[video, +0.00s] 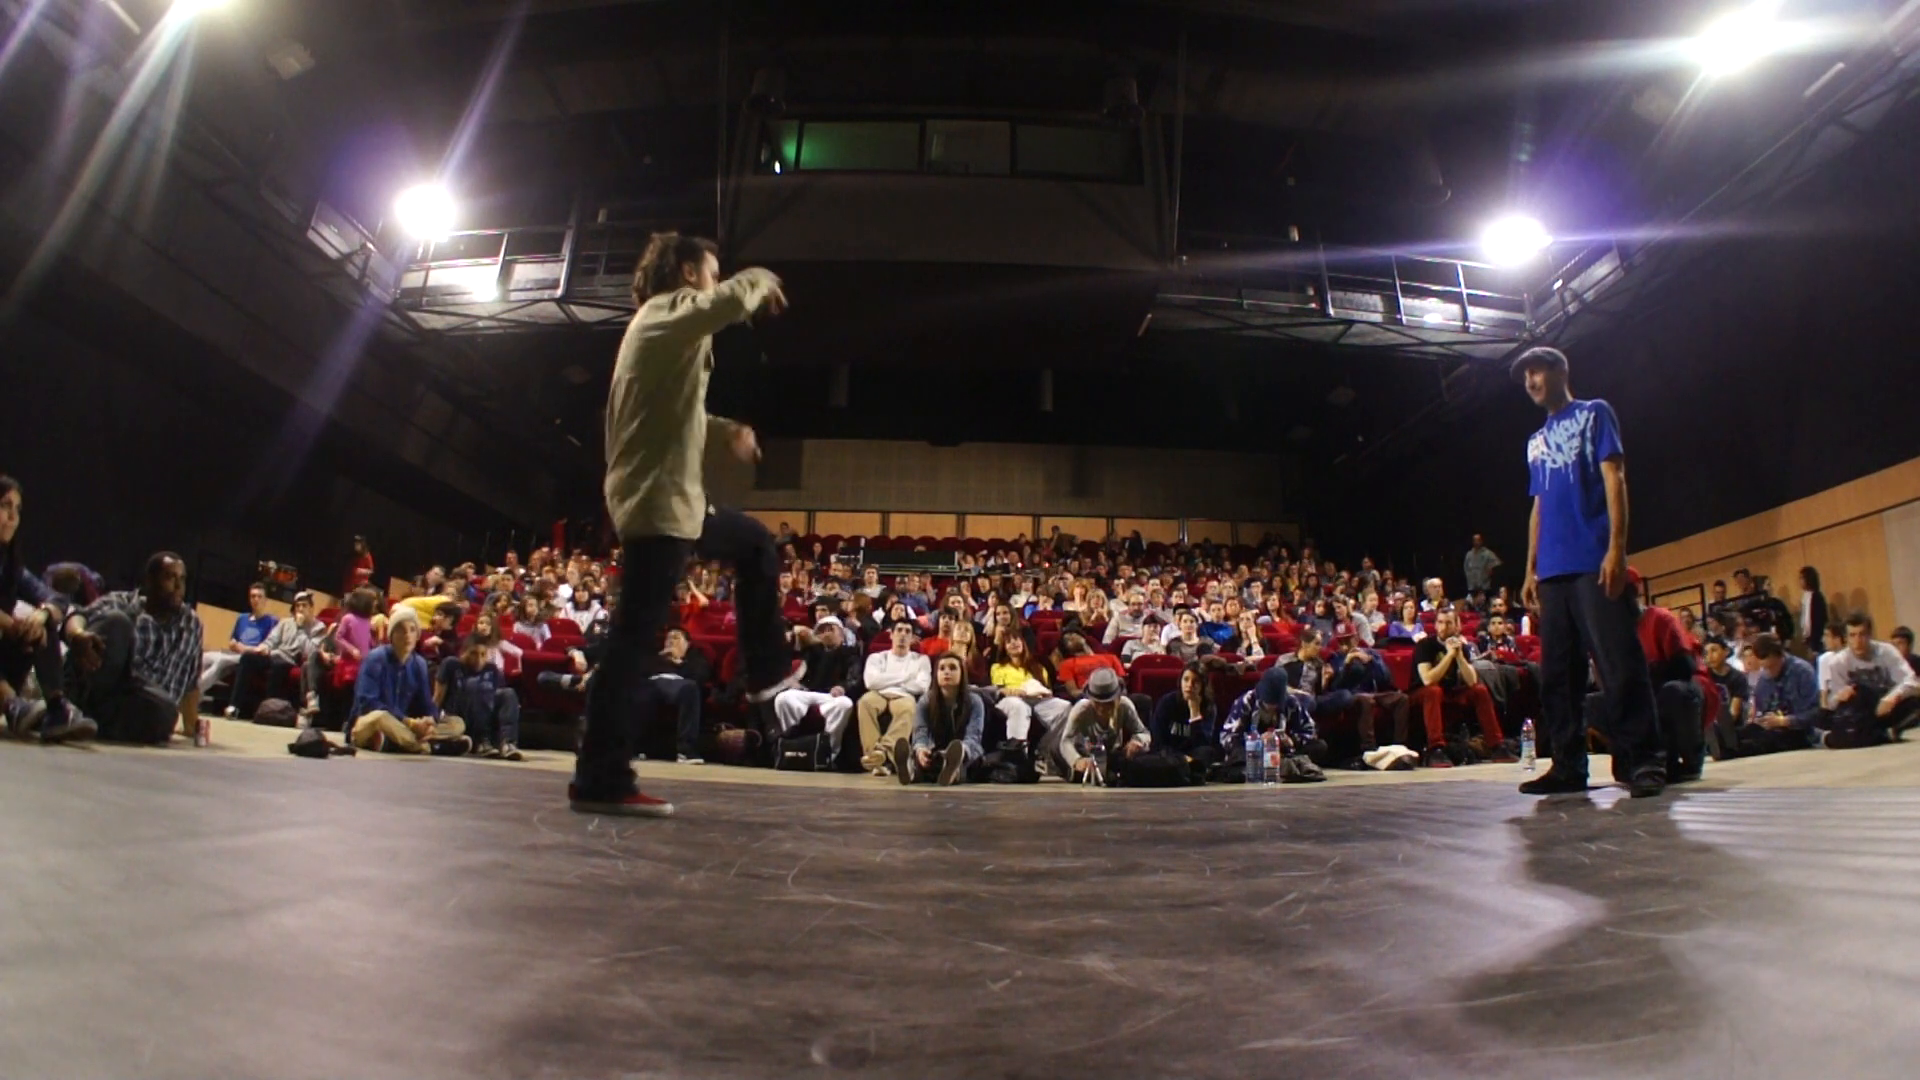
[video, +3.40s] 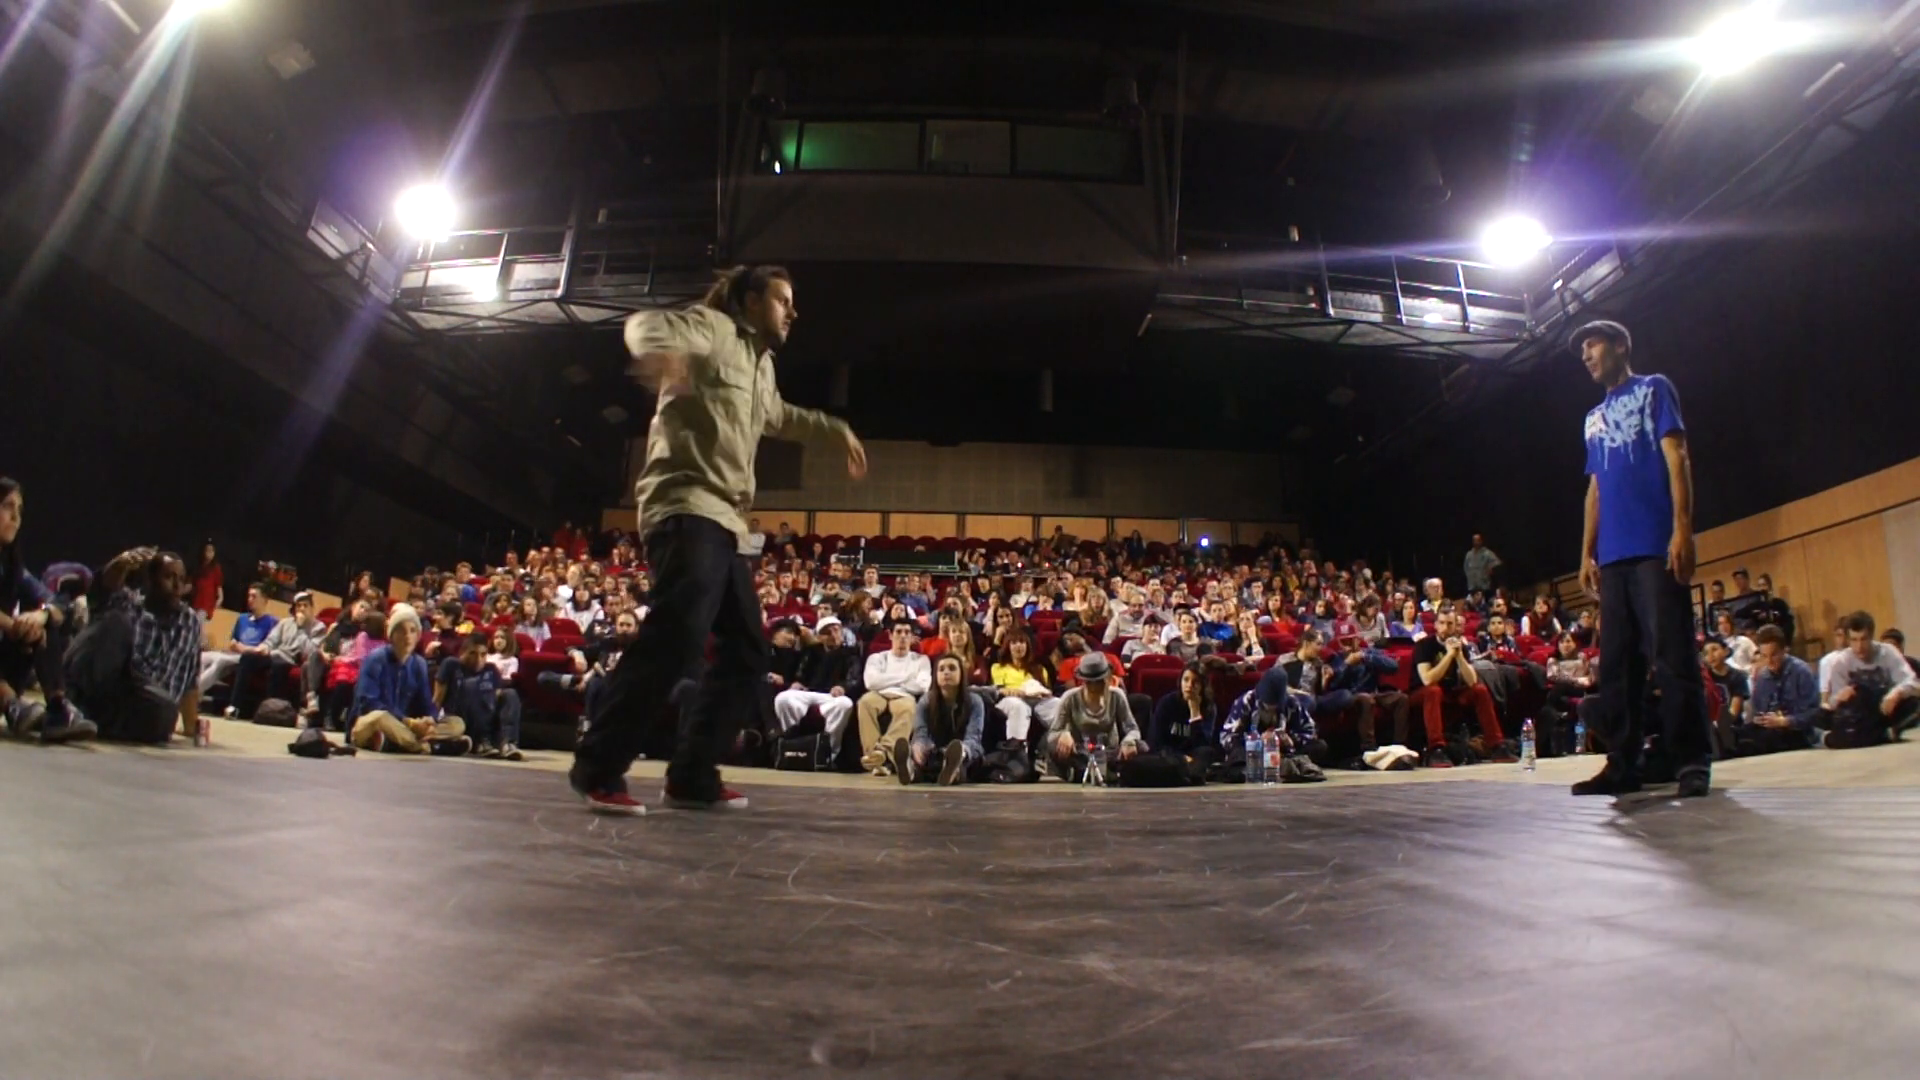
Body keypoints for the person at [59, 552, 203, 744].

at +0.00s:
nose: (178, 586)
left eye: (182, 579)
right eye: (170, 578)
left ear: (186, 583)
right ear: (151, 580)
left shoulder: (191, 624)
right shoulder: (122, 602)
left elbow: (190, 684)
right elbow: (78, 616)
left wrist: (191, 731)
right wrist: (76, 634)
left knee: (161, 717)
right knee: (116, 623)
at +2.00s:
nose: (178, 589)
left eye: (182, 582)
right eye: (170, 580)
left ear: (186, 585)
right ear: (151, 581)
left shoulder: (190, 623)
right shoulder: (122, 603)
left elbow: (190, 684)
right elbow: (77, 619)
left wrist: (191, 731)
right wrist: (77, 635)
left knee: (158, 720)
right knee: (116, 625)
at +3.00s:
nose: (178, 589)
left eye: (181, 582)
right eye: (170, 580)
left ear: (185, 585)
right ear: (152, 581)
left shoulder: (190, 623)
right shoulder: (127, 603)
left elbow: (190, 685)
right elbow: (82, 608)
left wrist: (191, 732)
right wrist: (84, 622)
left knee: (161, 719)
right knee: (118, 625)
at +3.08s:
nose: (178, 589)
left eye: (182, 582)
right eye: (171, 580)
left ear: (185, 585)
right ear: (152, 581)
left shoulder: (191, 622)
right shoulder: (131, 603)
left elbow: (191, 684)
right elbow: (92, 599)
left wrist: (191, 731)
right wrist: (94, 609)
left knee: (159, 721)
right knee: (117, 623)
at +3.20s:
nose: (176, 586)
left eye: (181, 580)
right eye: (170, 578)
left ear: (185, 584)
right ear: (152, 580)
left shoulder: (191, 621)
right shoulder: (131, 610)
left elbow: (190, 678)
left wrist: (191, 727)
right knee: (116, 622)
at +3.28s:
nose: (176, 585)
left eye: (181, 579)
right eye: (169, 577)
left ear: (185, 585)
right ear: (152, 579)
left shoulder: (191, 621)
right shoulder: (132, 609)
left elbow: (190, 678)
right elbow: (133, 666)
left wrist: (191, 727)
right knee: (116, 626)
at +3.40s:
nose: (176, 585)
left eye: (180, 580)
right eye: (168, 577)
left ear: (185, 585)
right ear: (152, 579)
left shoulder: (190, 621)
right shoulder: (131, 606)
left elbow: (190, 683)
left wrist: (191, 730)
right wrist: (121, 565)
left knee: (161, 718)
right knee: (117, 622)